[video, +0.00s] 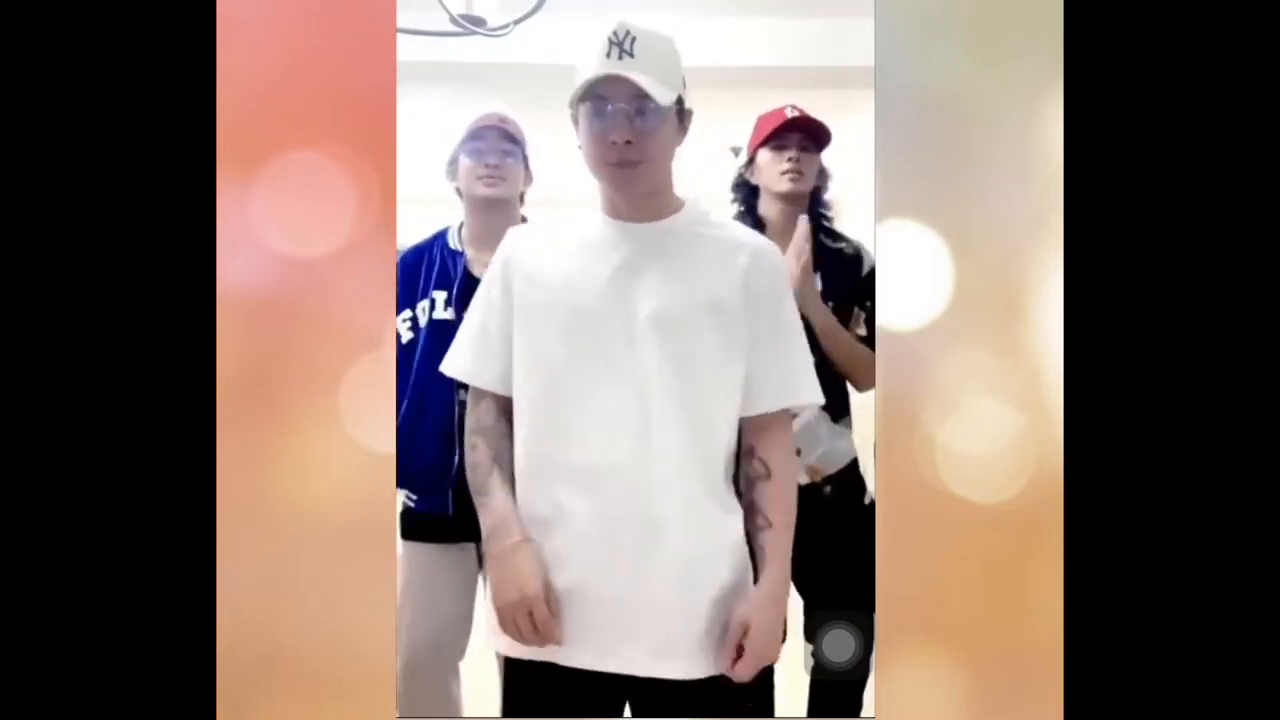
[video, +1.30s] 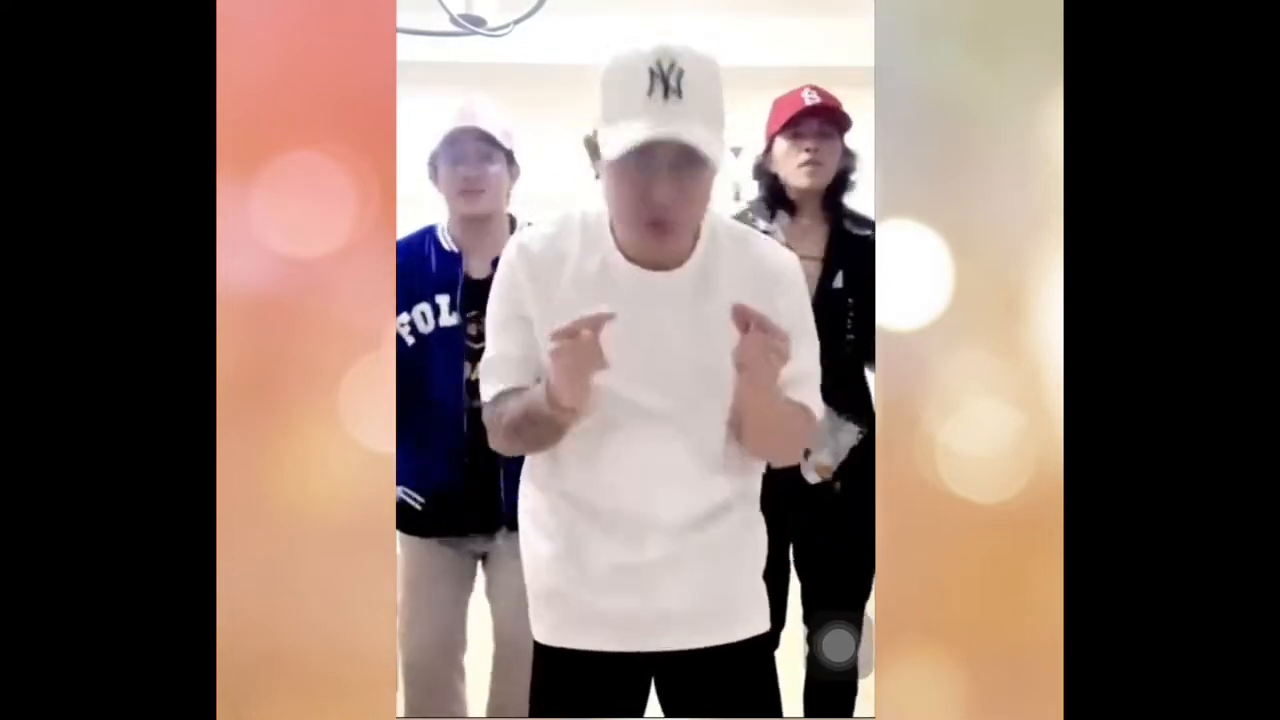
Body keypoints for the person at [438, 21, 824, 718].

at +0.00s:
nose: (620, 129)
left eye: (643, 109)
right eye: (600, 108)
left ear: (682, 125)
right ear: (575, 124)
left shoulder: (748, 264)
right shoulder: (526, 256)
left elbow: (771, 440)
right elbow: (486, 417)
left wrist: (774, 584)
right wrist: (503, 541)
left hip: (705, 639)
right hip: (555, 632)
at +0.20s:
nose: (628, 116)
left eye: (650, 96)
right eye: (607, 96)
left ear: (687, 114)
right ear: (580, 118)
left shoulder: (765, 244)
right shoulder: (541, 251)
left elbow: (834, 398)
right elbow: (512, 400)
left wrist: (782, 514)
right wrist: (515, 487)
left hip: (710, 635)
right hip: (564, 628)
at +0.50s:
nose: (650, 139)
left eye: (672, 117)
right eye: (627, 116)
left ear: (701, 137)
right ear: (594, 136)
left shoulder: (772, 266)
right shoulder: (543, 276)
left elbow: (844, 419)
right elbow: (503, 433)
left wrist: (820, 507)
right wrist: (531, 503)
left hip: (743, 654)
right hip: (587, 655)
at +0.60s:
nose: (658, 119)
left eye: (680, 99)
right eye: (635, 99)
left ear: (709, 121)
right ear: (601, 121)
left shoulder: (766, 244)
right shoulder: (551, 247)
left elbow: (831, 407)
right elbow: (501, 416)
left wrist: (781, 310)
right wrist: (549, 339)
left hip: (737, 610)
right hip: (592, 612)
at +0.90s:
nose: (661, 173)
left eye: (683, 147)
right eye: (640, 147)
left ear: (713, 144)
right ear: (604, 140)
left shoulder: (761, 249)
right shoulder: (549, 244)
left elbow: (794, 420)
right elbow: (513, 413)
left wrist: (753, 322)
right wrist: (560, 318)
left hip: (728, 619)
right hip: (585, 620)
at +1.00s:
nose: (663, 219)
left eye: (683, 199)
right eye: (645, 198)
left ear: (721, 149)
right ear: (603, 142)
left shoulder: (769, 233)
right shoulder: (543, 223)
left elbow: (811, 367)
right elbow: (497, 357)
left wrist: (774, 366)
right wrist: (547, 363)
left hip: (728, 598)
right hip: (585, 599)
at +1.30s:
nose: (661, 189)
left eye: (685, 162)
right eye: (638, 161)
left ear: (717, 166)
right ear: (599, 158)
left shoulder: (769, 271)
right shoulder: (535, 261)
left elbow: (787, 448)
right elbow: (502, 431)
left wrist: (758, 388)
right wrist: (558, 402)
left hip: (718, 604)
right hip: (580, 606)